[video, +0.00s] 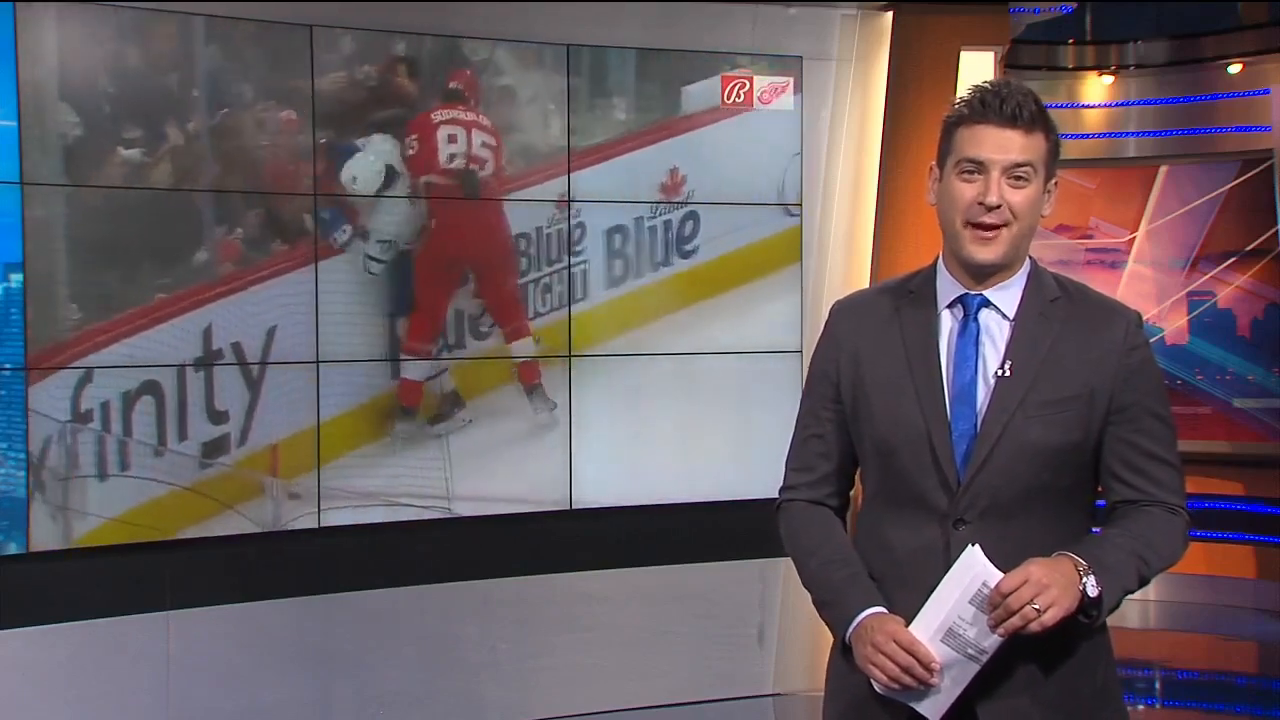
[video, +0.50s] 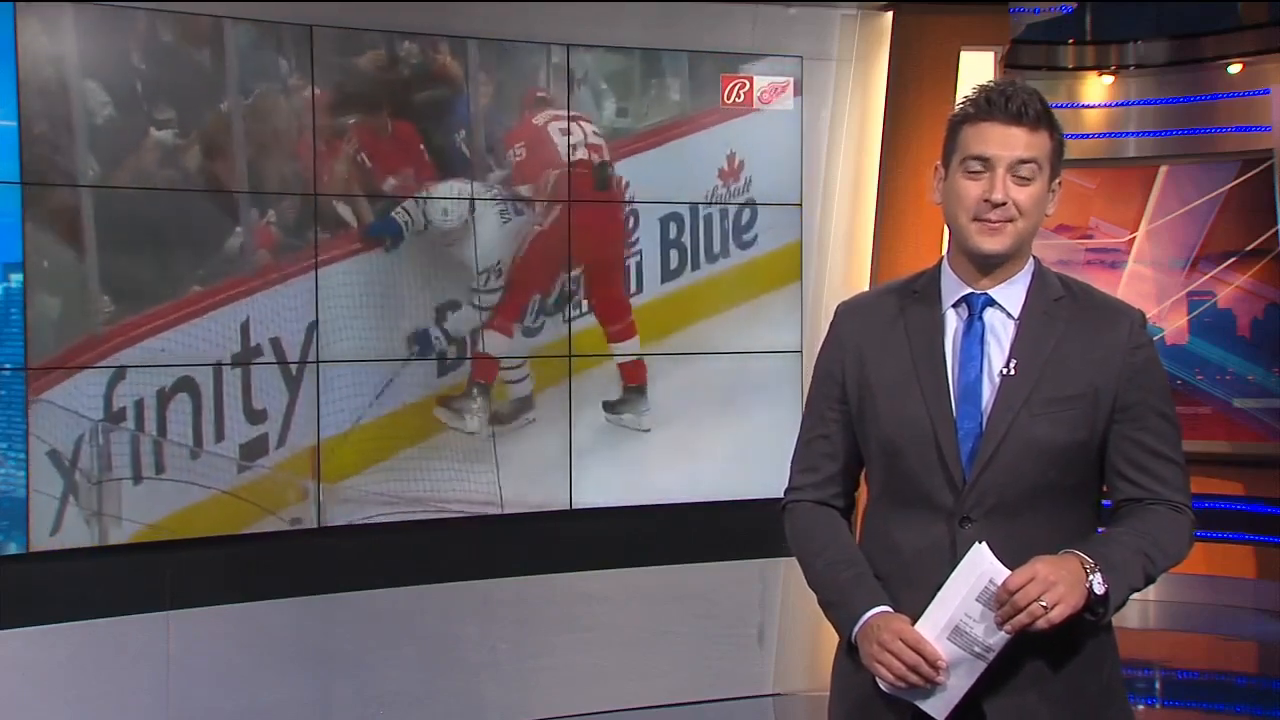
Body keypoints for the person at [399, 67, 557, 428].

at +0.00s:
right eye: (473, 91)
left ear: (444, 92)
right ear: (474, 95)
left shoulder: (423, 122)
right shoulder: (488, 126)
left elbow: (417, 177)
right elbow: (498, 179)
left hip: (445, 229)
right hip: (490, 227)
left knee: (427, 312)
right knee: (507, 305)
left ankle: (408, 405)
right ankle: (536, 392)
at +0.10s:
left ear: (459, 91)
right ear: (491, 93)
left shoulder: (444, 120)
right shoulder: (510, 124)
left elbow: (437, 173)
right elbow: (518, 174)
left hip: (474, 223)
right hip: (519, 220)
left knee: (444, 312)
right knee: (532, 300)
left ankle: (432, 409)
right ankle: (561, 389)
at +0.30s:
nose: (480, 99)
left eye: (484, 93)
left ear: (495, 97)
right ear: (526, 96)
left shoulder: (484, 124)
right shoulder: (552, 121)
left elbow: (483, 188)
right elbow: (561, 175)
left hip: (522, 223)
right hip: (569, 221)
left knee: (482, 314)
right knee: (586, 307)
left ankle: (477, 408)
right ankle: (606, 397)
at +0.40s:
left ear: (514, 100)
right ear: (543, 99)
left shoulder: (507, 126)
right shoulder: (573, 120)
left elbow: (509, 187)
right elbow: (582, 175)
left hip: (546, 219)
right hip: (592, 219)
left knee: (494, 304)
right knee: (601, 304)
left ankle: (483, 402)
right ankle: (618, 396)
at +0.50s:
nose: (523, 120)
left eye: (522, 114)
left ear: (526, 109)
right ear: (554, 104)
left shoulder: (524, 130)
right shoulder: (586, 123)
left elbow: (529, 184)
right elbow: (604, 178)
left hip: (565, 219)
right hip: (609, 219)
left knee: (512, 301)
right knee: (611, 299)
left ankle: (477, 397)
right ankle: (635, 394)